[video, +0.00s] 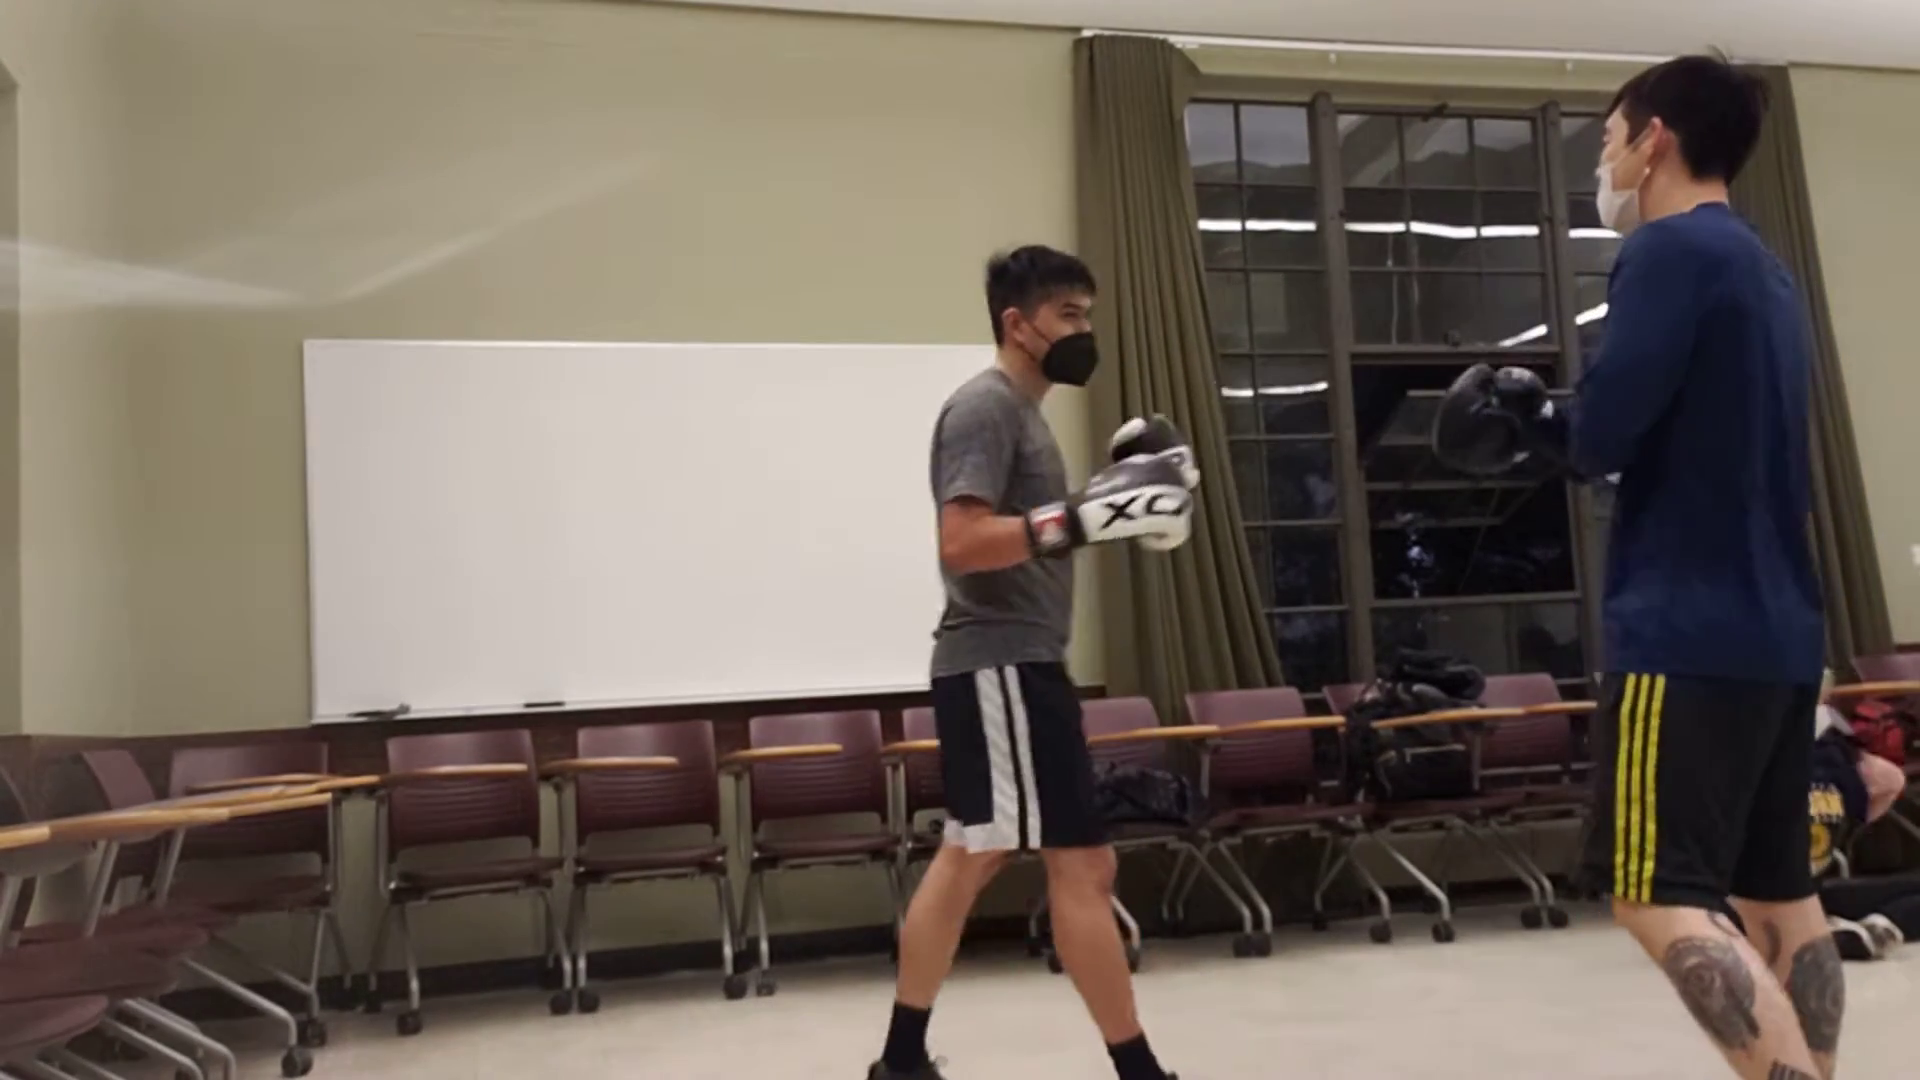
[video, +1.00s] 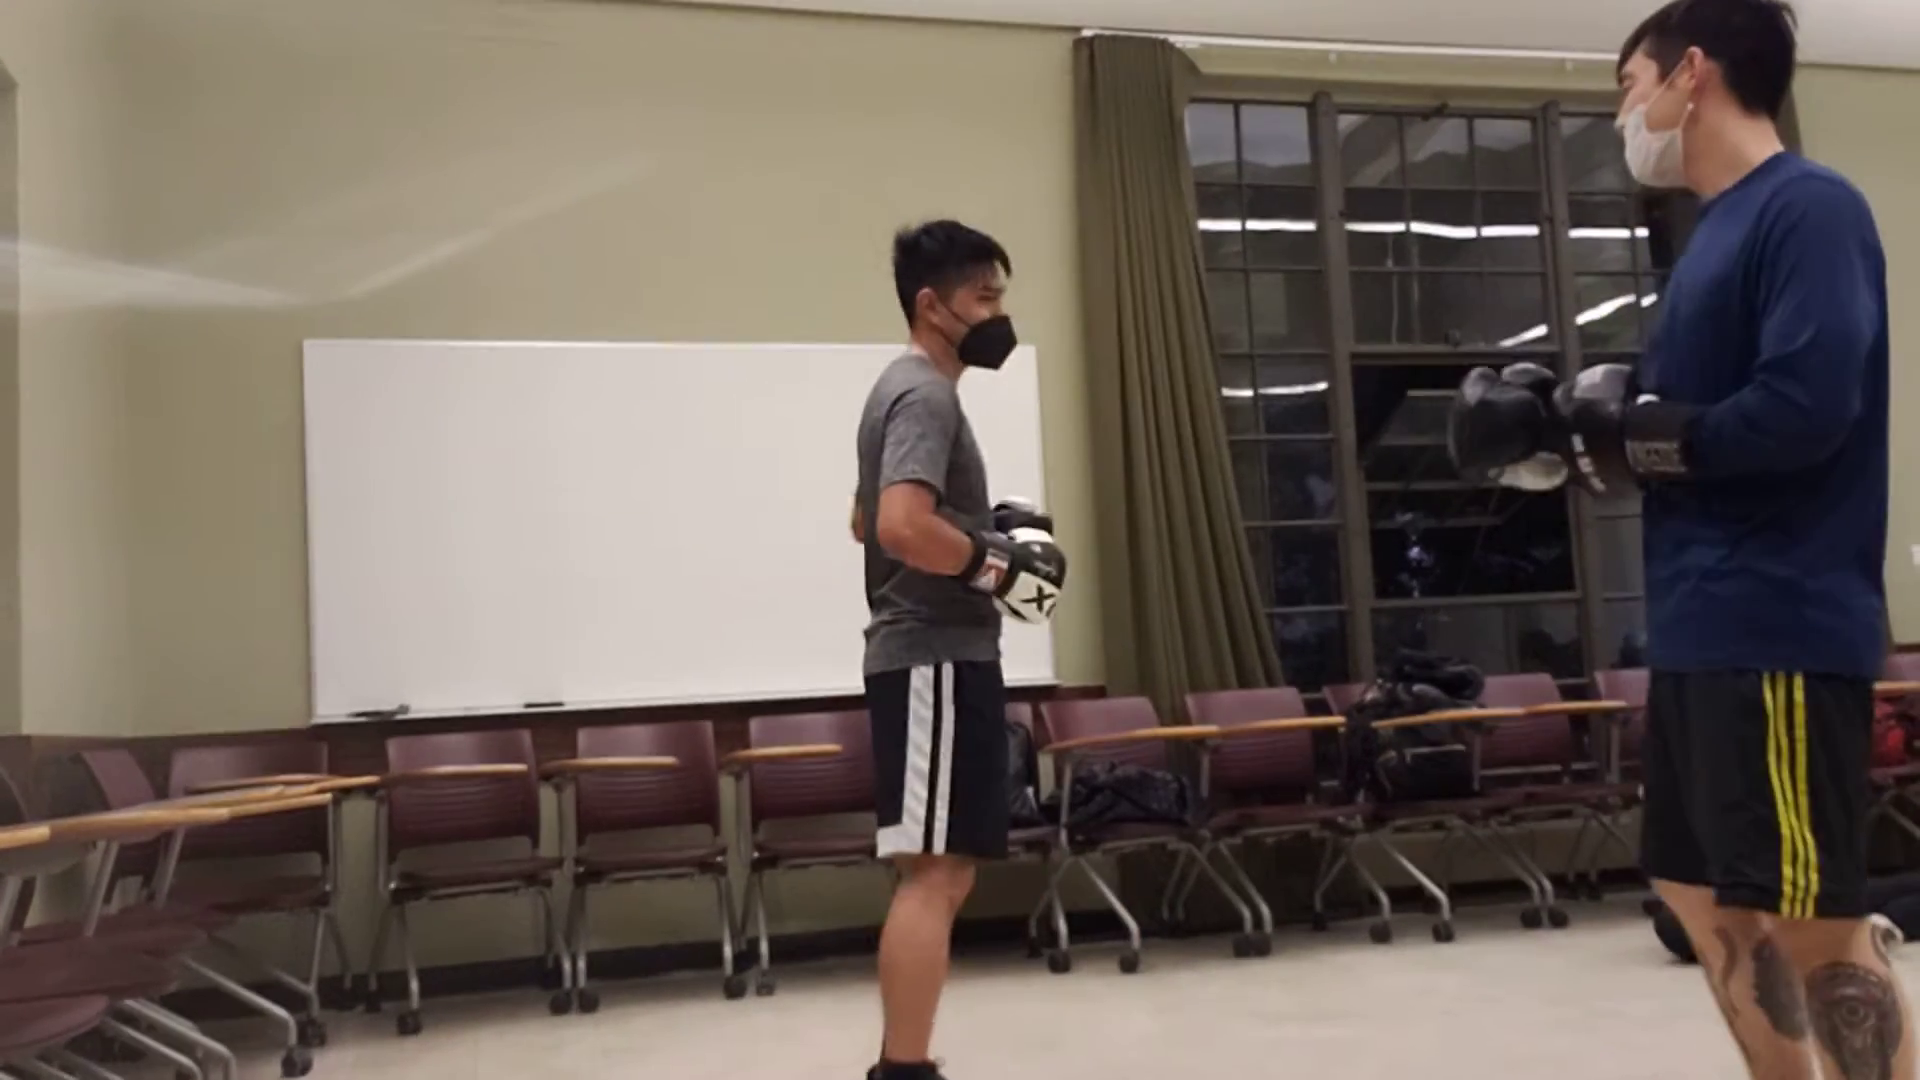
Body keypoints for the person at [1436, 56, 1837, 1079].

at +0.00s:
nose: (1601, 166)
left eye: (1610, 143)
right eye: (1603, 145)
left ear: (1655, 142)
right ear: (1697, 150)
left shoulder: (1667, 253)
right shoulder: (1765, 271)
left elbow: (1603, 434)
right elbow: (1703, 449)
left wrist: (1541, 404)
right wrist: (1552, 421)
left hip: (1685, 630)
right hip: (1778, 626)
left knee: (1653, 894)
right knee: (1775, 885)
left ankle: (1784, 1070)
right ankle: (1812, 1072)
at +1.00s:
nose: (1621, 116)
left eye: (1629, 87)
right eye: (1619, 93)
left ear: (1692, 74)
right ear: (1700, 81)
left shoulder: (1810, 208)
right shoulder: (1720, 231)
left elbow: (1807, 412)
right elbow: (1692, 403)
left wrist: (1628, 429)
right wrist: (1573, 422)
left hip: (1784, 631)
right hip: (1704, 630)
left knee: (1806, 913)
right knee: (1694, 887)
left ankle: (1879, 1073)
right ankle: (1790, 1077)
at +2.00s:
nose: (1445, 195)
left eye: (1451, 169)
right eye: (1442, 176)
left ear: (1503, 154)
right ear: (1519, 161)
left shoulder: (1597, 256)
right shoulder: (1542, 287)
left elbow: (1619, 427)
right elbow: (1460, 433)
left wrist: (1499, 486)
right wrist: (1330, 395)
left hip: (1631, 637)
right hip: (1572, 640)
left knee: (1651, 891)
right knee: (1605, 893)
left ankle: (1799, 1072)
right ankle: (1646, 1076)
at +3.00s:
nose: (1342, 180)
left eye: (1337, 152)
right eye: (1335, 157)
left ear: (1376, 129)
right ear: (1424, 127)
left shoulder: (1461, 254)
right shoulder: (1475, 242)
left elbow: (1491, 448)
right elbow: (1476, 443)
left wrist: (1356, 485)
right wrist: (1355, 465)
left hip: (1479, 656)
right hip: (1451, 652)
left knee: (1510, 936)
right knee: (1451, 922)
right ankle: (1546, 1076)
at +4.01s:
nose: (1086, 253)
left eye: (1084, 235)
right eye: (1082, 237)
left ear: (1108, 224)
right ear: (1188, 223)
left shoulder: (1134, 321)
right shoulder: (1252, 332)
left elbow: (1002, 472)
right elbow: (1254, 513)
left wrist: (971, 423)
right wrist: (1109, 534)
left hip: (1177, 674)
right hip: (1277, 673)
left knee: (1079, 923)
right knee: (1309, 921)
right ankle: (1360, 1076)